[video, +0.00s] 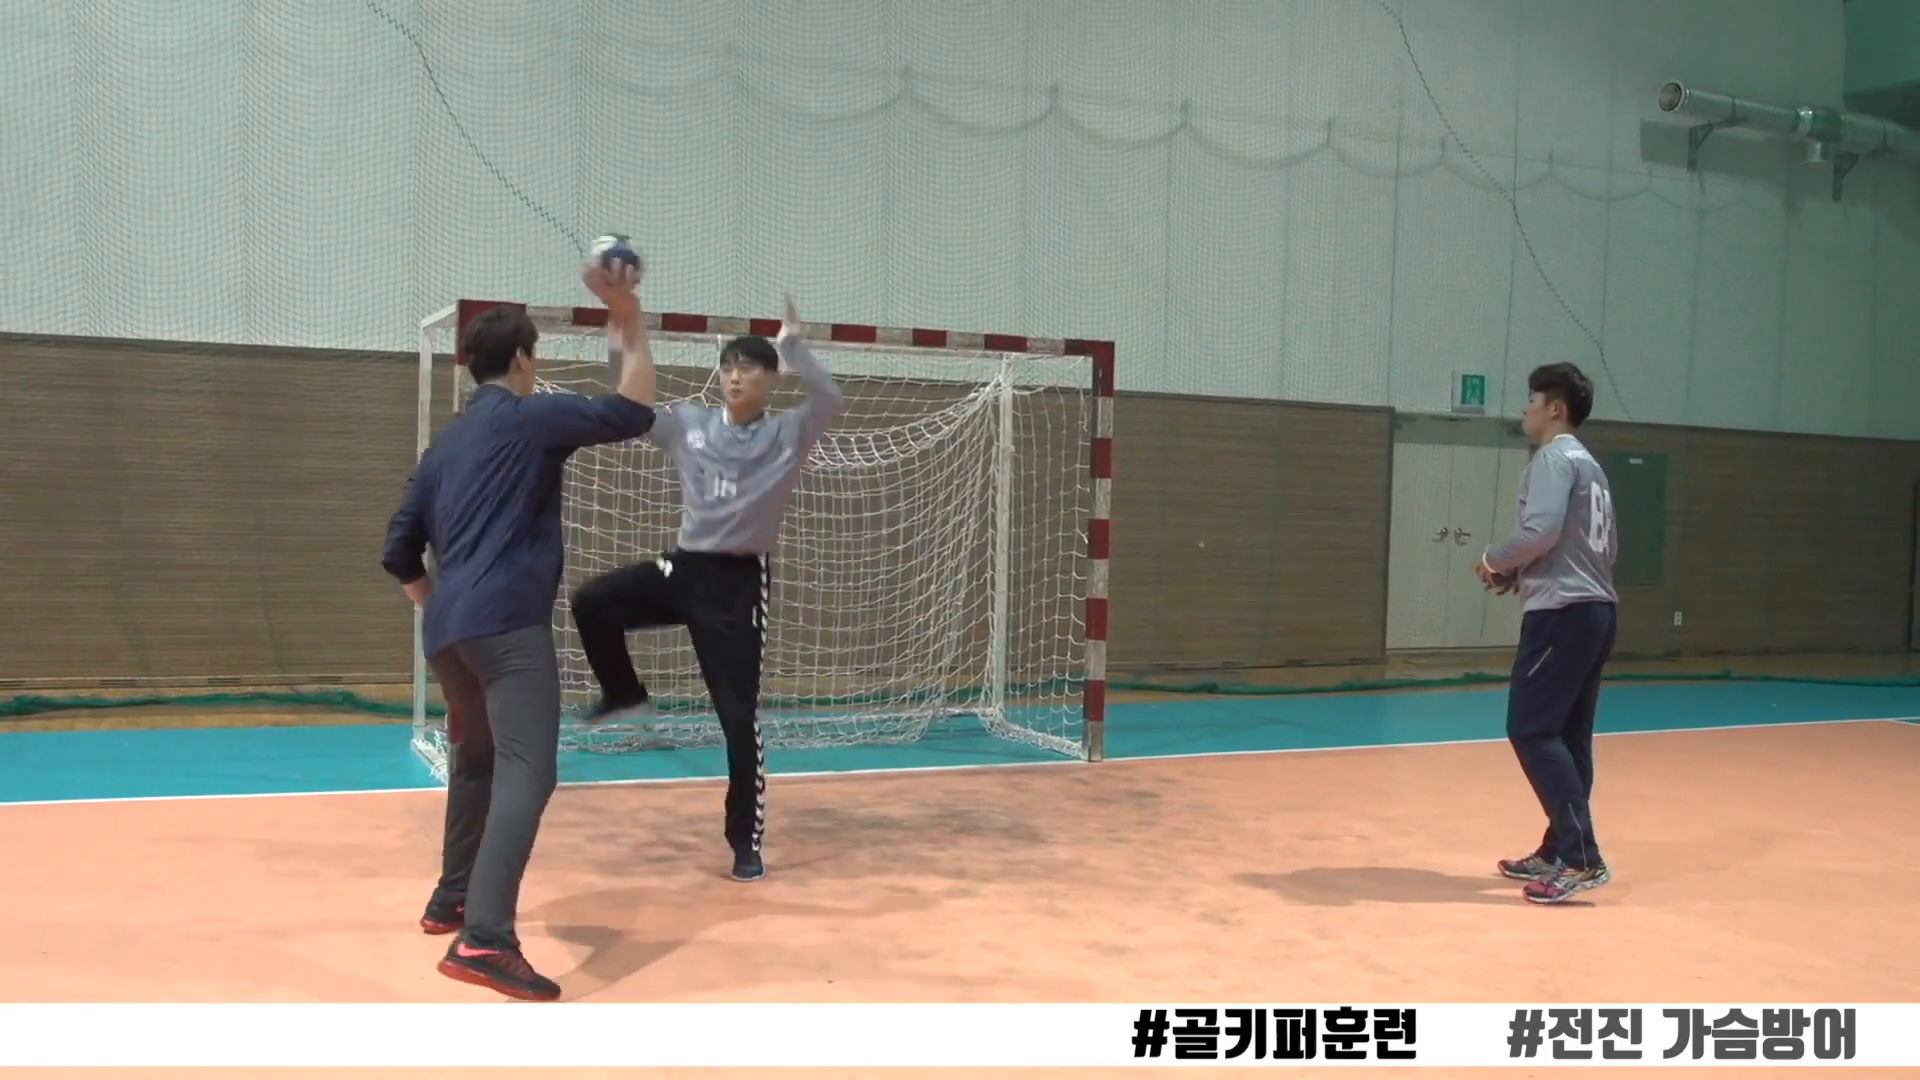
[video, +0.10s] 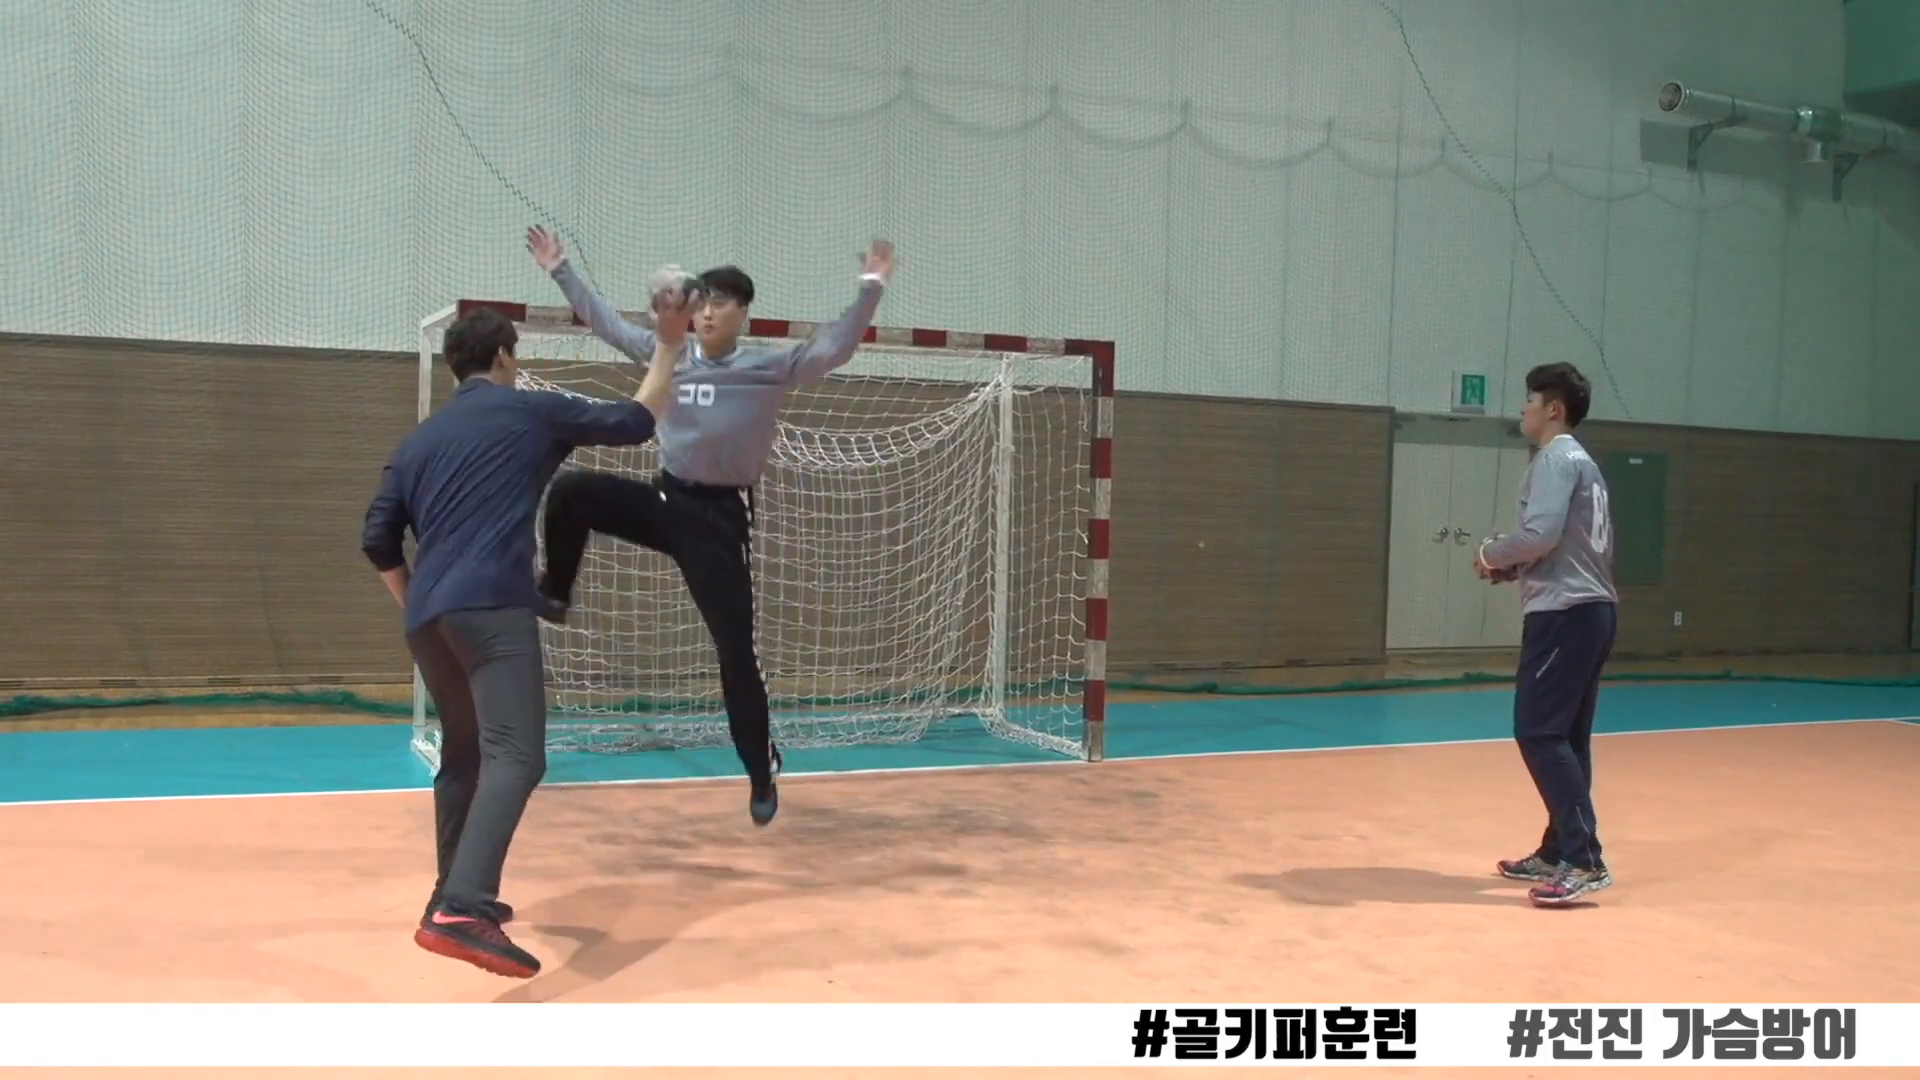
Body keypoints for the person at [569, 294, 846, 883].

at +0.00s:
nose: (737, 376)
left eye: (749, 368)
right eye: (730, 367)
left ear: (772, 379)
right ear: (720, 377)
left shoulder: (788, 434)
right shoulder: (690, 423)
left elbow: (830, 400)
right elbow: (628, 410)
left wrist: (793, 349)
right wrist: (623, 340)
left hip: (737, 582)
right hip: (681, 572)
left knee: (738, 719)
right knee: (592, 602)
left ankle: (747, 845)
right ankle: (623, 693)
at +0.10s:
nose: (706, 313)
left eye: (719, 303)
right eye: (700, 302)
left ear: (745, 313)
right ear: (692, 311)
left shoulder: (770, 367)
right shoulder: (670, 354)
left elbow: (833, 349)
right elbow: (605, 321)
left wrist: (871, 287)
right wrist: (561, 268)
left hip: (717, 518)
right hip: (663, 504)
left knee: (735, 650)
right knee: (571, 492)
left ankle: (761, 774)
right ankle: (554, 594)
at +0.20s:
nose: (689, 273)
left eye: (701, 264)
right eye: (682, 264)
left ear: (726, 272)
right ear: (671, 272)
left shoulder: (748, 336)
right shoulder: (645, 317)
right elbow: (580, 294)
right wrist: (525, 245)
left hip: (706, 480)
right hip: (644, 460)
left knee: (745, 584)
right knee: (553, 444)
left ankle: (765, 700)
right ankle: (477, 516)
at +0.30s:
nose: (678, 267)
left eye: (691, 258)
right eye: (671, 257)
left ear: (717, 264)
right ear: (662, 261)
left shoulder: (734, 338)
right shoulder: (628, 305)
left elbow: (792, 392)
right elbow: (560, 283)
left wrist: (855, 407)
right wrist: (517, 222)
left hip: (682, 465)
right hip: (614, 442)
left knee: (742, 553)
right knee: (500, 451)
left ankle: (770, 687)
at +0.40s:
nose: (677, 281)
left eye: (690, 272)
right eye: (670, 269)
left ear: (712, 280)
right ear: (659, 271)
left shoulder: (723, 359)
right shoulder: (612, 312)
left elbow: (762, 420)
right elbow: (548, 274)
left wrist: (790, 449)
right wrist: (535, 204)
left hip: (662, 482)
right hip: (592, 463)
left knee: (711, 590)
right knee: (487, 468)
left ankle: (757, 718)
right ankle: (419, 575)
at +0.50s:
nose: (674, 319)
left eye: (688, 312)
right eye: (668, 306)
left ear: (706, 320)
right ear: (655, 304)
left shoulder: (711, 399)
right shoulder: (607, 345)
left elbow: (725, 463)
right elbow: (538, 310)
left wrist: (739, 508)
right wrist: (561, 246)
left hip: (637, 528)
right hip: (569, 505)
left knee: (665, 651)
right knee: (472, 550)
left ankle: (705, 785)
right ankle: (383, 649)